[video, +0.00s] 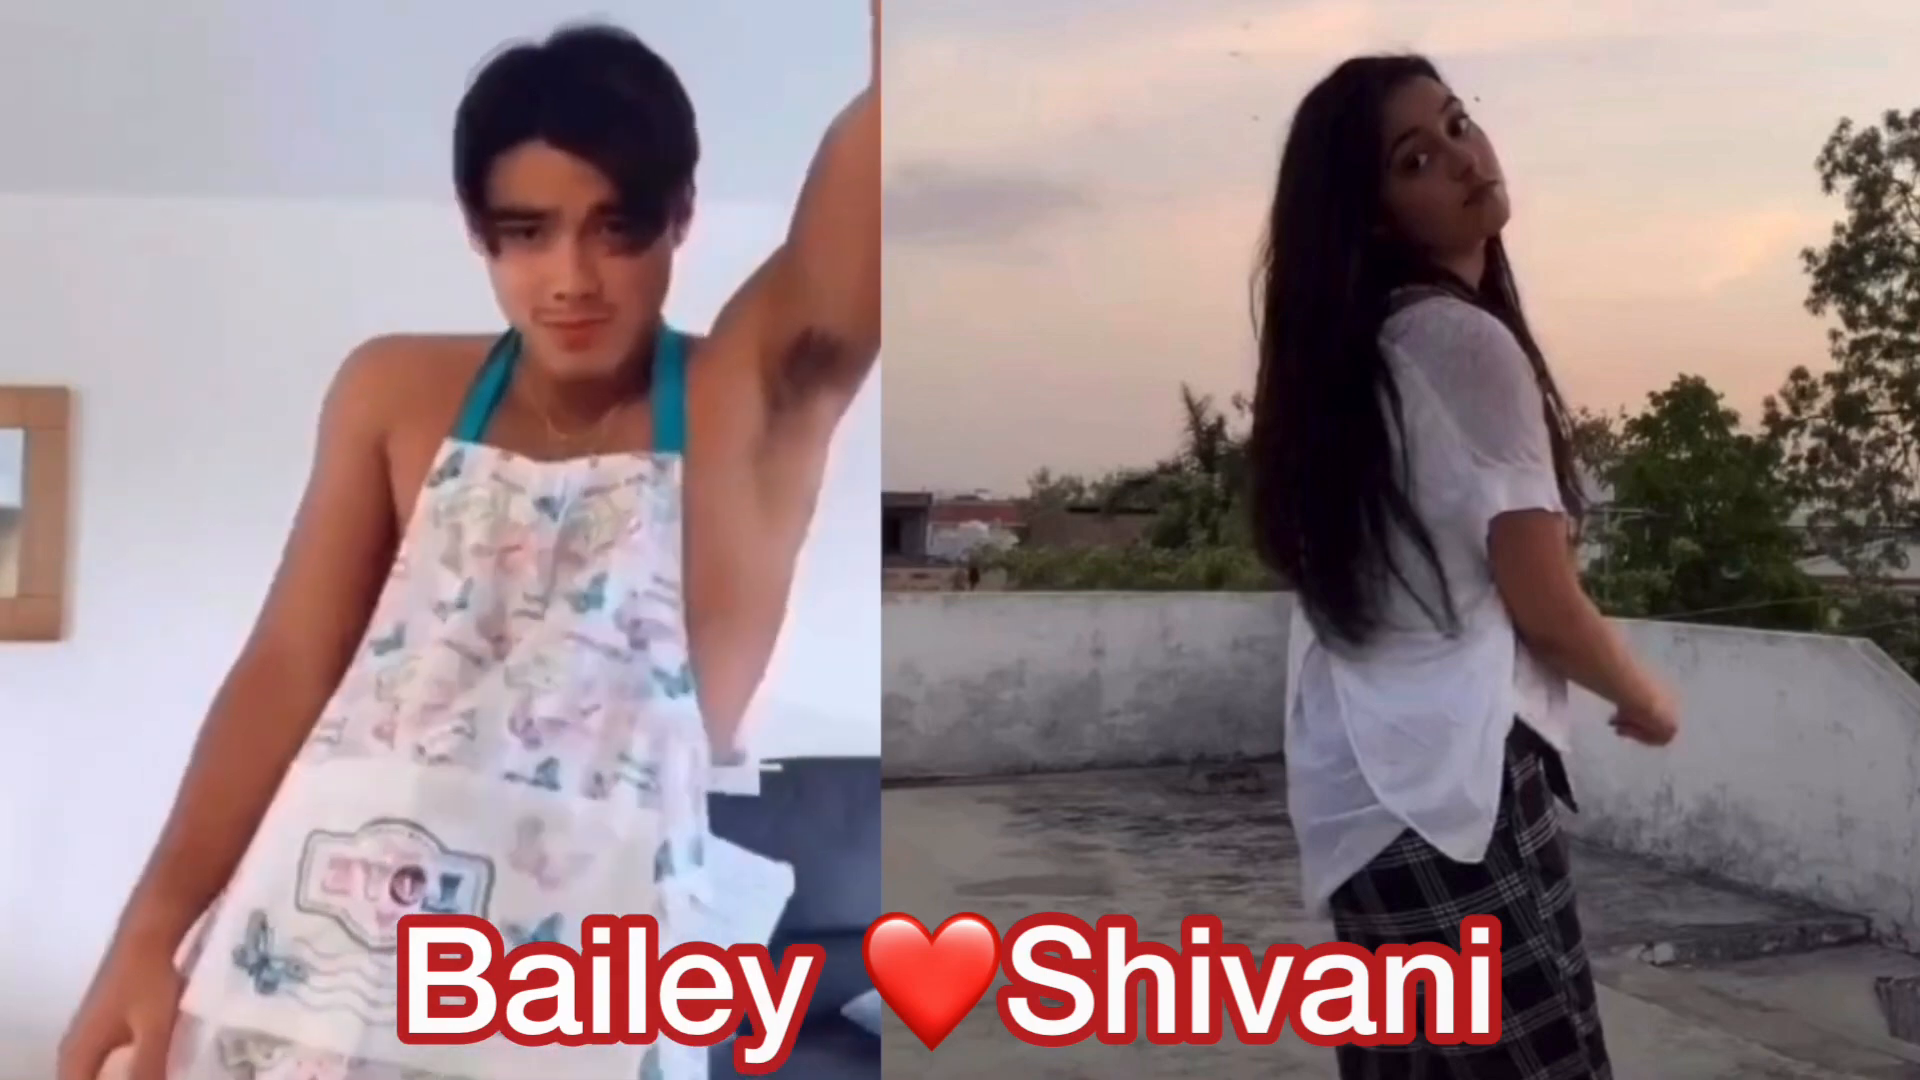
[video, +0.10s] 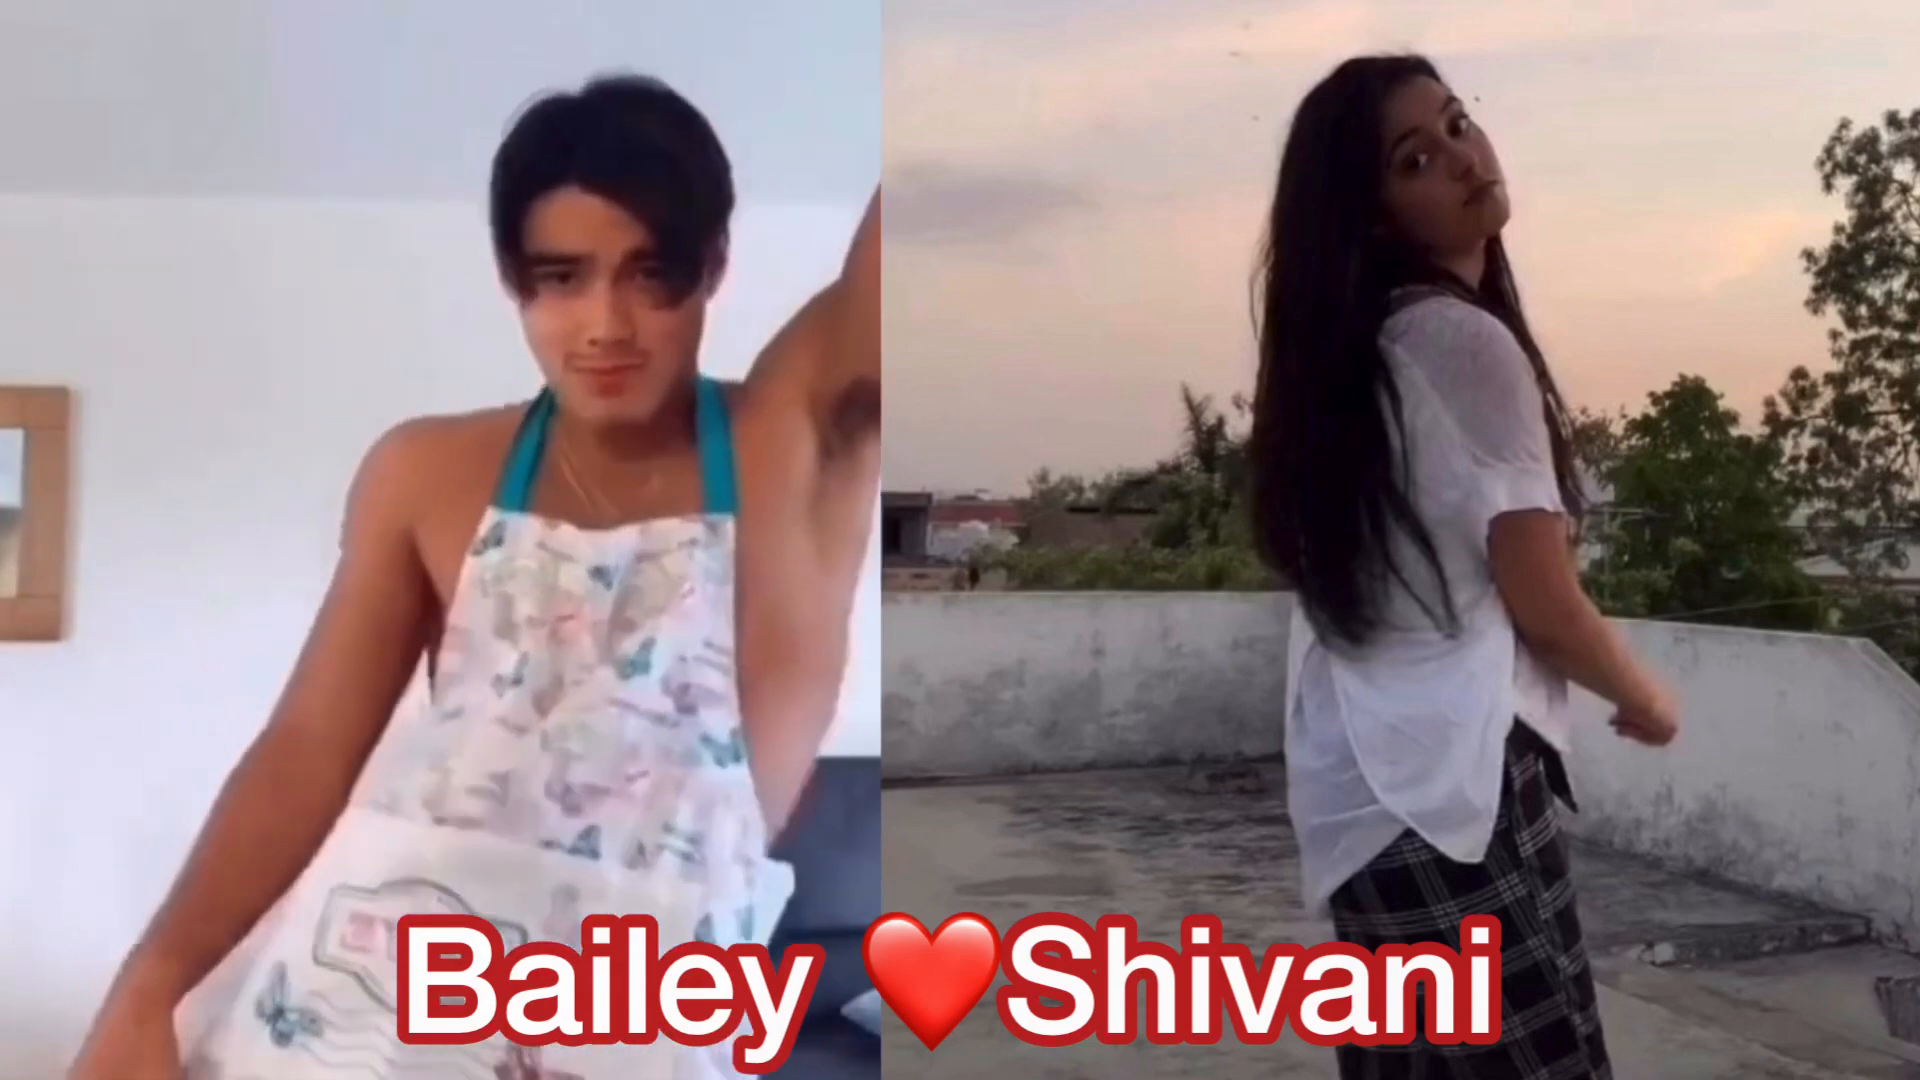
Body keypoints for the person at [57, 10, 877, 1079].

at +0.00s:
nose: (572, 278)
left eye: (617, 227)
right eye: (525, 231)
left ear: (682, 220)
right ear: (479, 235)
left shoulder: (767, 391)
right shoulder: (394, 391)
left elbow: (910, 106)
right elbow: (282, 676)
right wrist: (148, 940)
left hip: (604, 966)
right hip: (324, 938)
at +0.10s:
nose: (604, 323)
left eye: (649, 272)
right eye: (562, 276)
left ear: (710, 272)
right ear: (516, 284)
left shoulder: (804, 430)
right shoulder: (427, 472)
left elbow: (949, 159)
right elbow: (303, 760)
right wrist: (148, 988)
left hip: (661, 995)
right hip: (390, 958)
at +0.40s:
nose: (621, 365)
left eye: (671, 315)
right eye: (575, 315)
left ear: (729, 327)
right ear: (521, 327)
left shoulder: (813, 446)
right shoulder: (424, 603)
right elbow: (350, 916)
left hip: (830, 1048)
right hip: (584, 1049)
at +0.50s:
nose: (600, 356)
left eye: (649, 309)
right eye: (553, 305)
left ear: (705, 322)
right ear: (498, 310)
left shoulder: (783, 444)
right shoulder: (388, 574)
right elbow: (368, 918)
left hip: (824, 1036)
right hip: (576, 1051)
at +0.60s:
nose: (575, 319)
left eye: (626, 272)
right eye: (531, 266)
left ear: (678, 285)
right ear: (473, 270)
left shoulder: (752, 392)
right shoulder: (359, 522)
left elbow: (935, 154)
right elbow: (369, 850)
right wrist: (382, 1069)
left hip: (818, 1005)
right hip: (578, 1037)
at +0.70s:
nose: (552, 270)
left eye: (608, 221)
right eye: (509, 213)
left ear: (658, 221)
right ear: (447, 208)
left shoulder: (717, 325)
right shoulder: (340, 445)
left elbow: (907, 81)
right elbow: (352, 772)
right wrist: (400, 1055)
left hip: (791, 921)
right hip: (551, 970)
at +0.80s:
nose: (526, 244)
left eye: (583, 197)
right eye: (483, 189)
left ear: (636, 193)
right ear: (424, 179)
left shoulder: (684, 293)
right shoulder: (318, 390)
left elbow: (867, 73)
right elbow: (313, 723)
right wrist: (372, 1030)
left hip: (752, 892)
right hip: (519, 919)